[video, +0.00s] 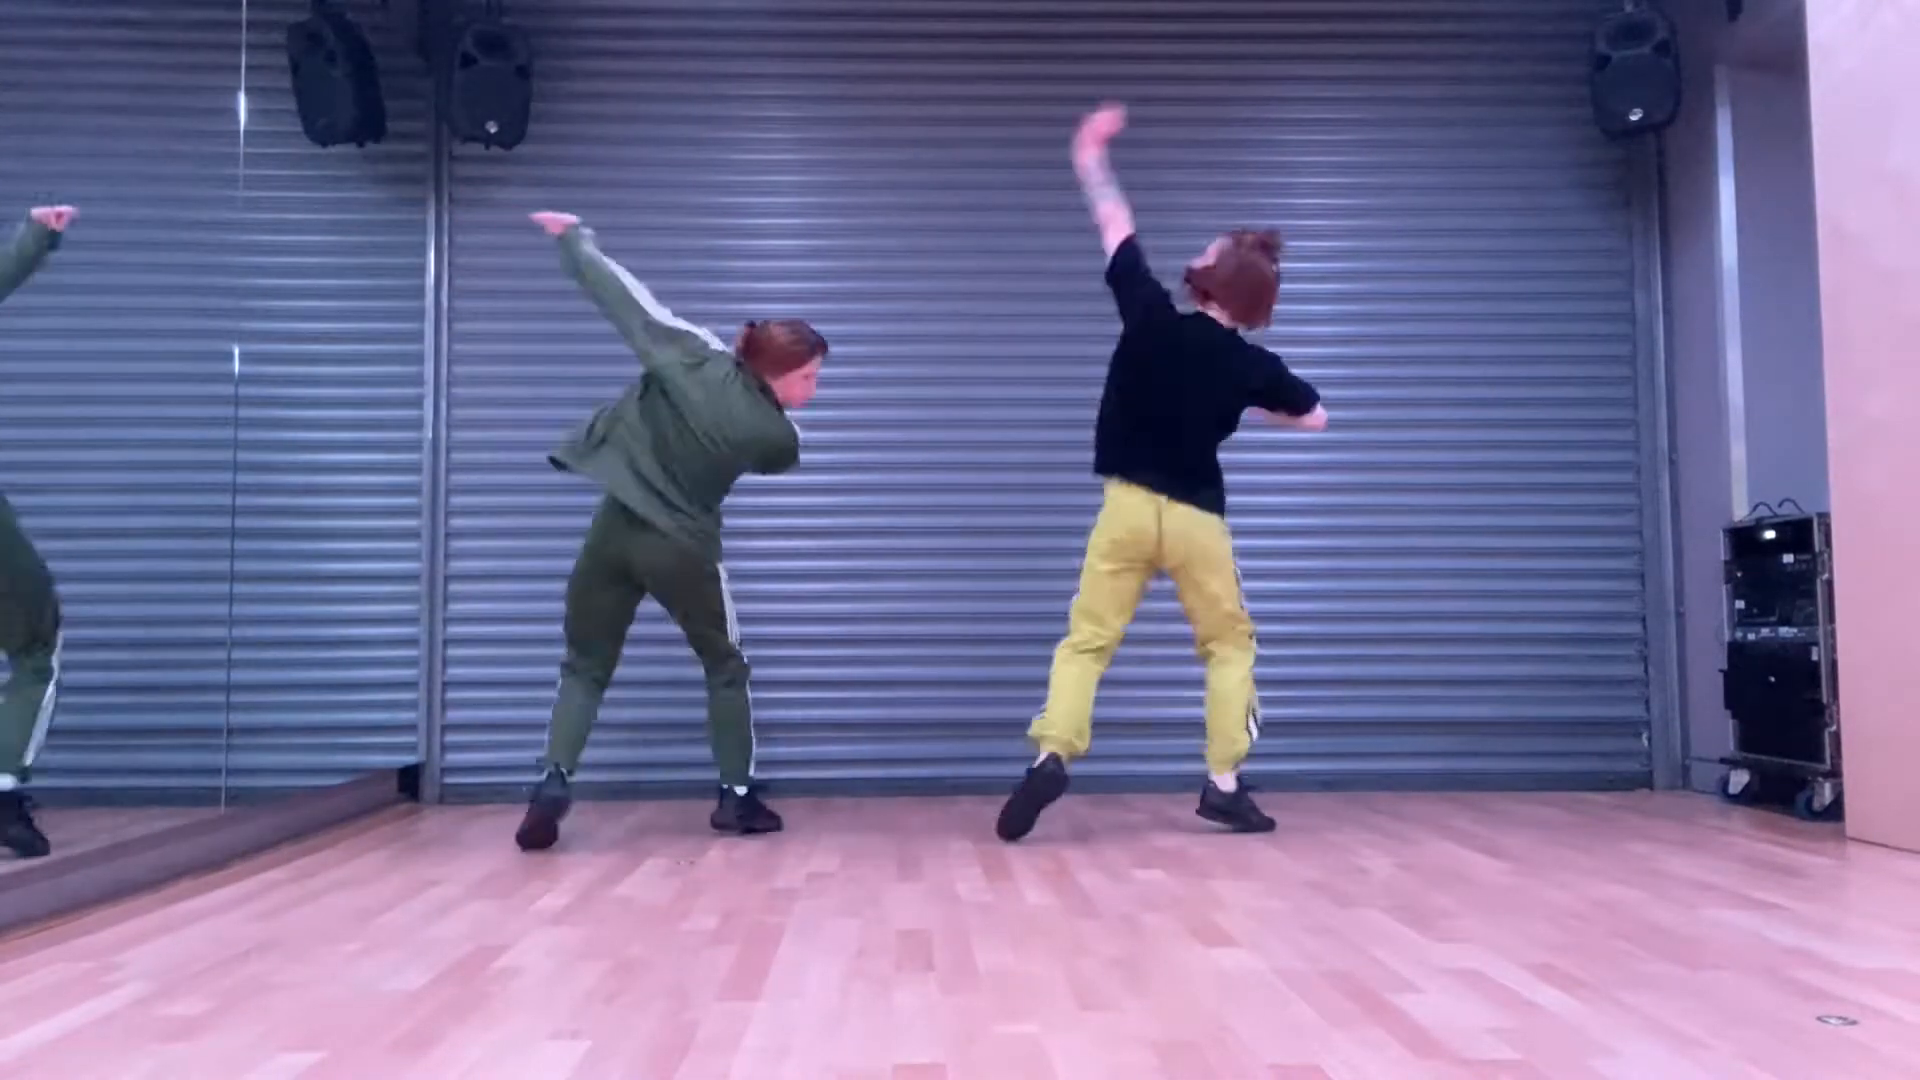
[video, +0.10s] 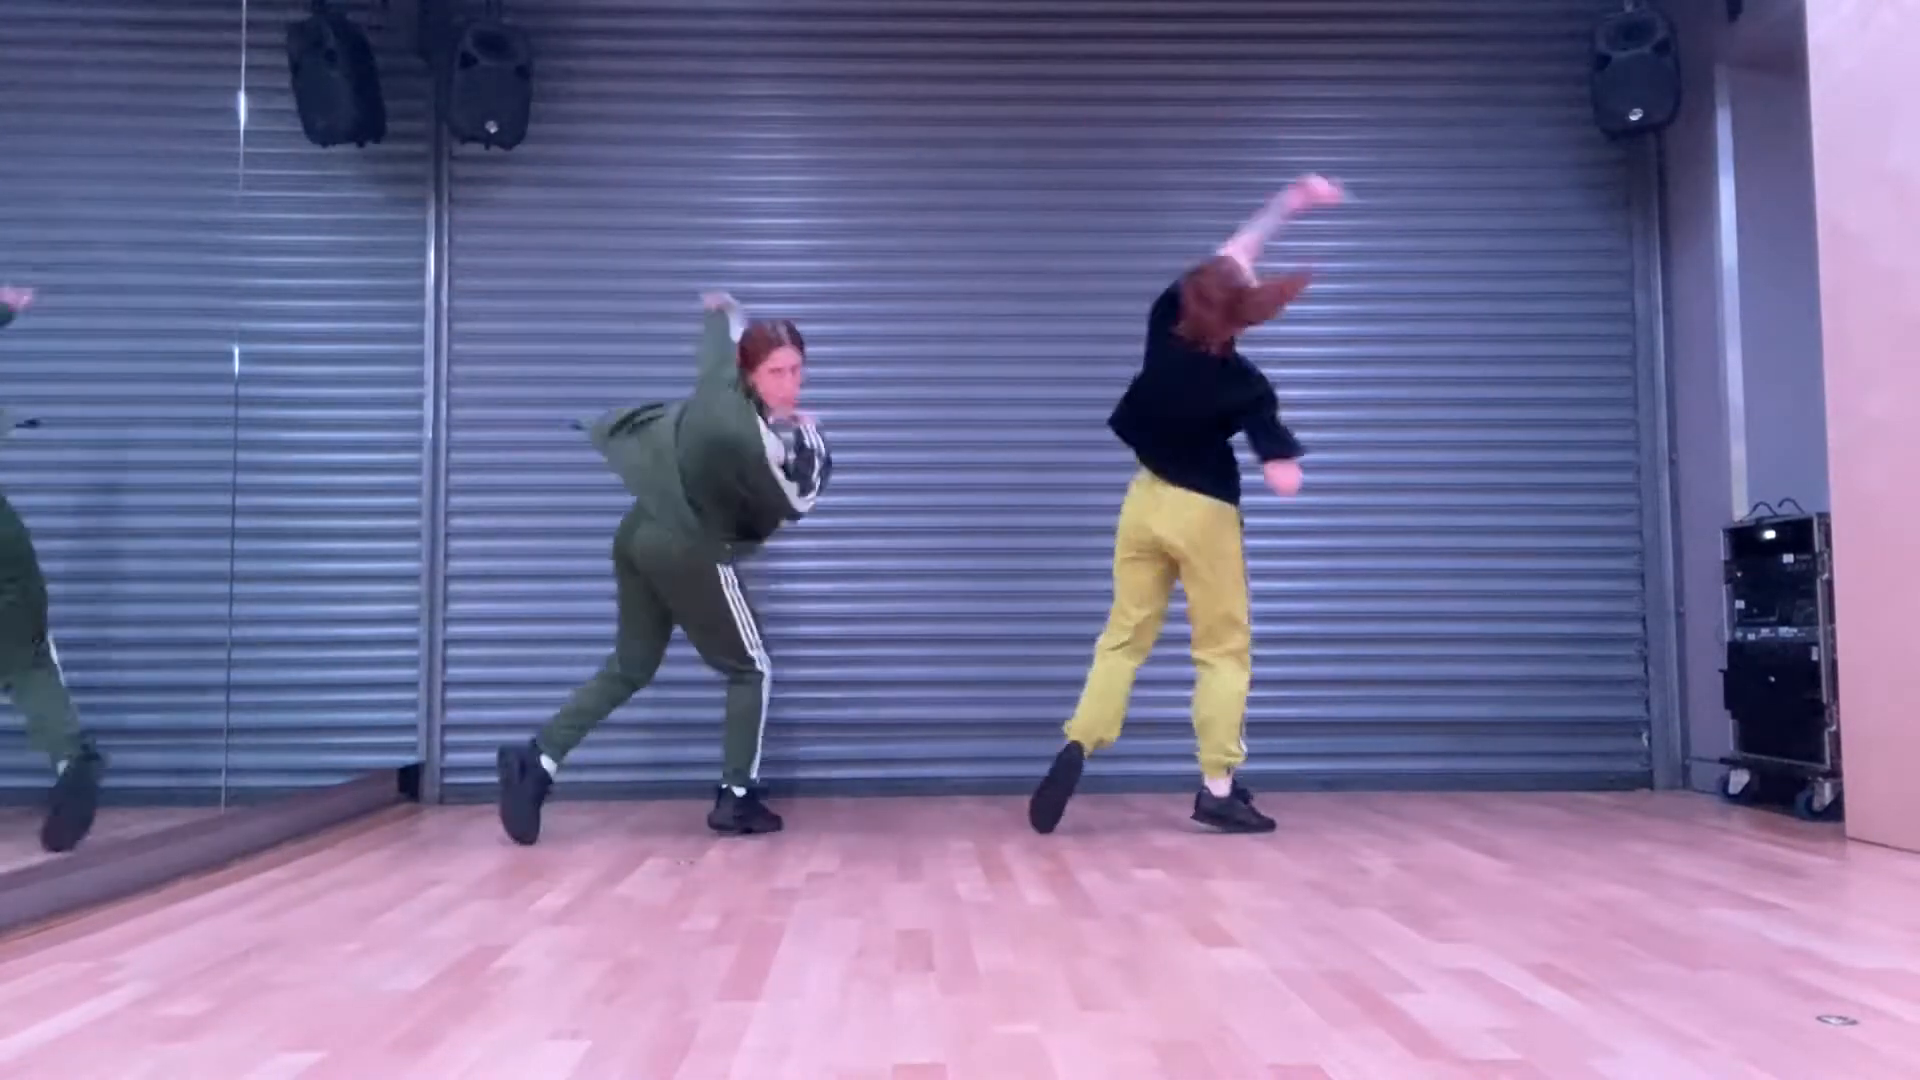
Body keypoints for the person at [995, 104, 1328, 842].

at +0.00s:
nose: (1202, 251)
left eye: (1211, 253)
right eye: (1216, 247)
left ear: (1209, 287)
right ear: (1250, 310)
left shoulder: (1148, 313)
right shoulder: (1246, 362)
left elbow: (1117, 228)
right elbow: (1313, 416)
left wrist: (1090, 159)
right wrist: (1244, 401)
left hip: (1124, 511)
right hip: (1197, 523)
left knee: (1086, 641)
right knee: (1228, 644)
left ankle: (1051, 757)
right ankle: (1224, 785)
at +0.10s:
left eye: (1201, 289)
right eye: (1235, 289)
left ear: (1191, 305)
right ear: (1238, 318)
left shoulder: (1164, 333)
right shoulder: (1244, 385)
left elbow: (1220, 268)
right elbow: (1284, 477)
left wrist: (1285, 210)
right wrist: (1270, 433)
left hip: (1144, 499)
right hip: (1206, 516)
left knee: (1123, 634)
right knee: (1222, 647)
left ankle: (1077, 746)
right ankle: (1218, 789)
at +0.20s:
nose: (1208, 291)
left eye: (1200, 284)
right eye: (1191, 296)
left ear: (1209, 300)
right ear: (1175, 332)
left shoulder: (1236, 331)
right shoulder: (1195, 396)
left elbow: (1317, 338)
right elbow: (1205, 504)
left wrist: (1391, 347)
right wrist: (1275, 525)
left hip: (1176, 518)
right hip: (1207, 530)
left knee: (1164, 646)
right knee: (1241, 658)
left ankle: (1086, 751)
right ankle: (1216, 793)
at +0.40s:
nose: (1218, 286)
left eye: (1229, 277)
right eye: (1207, 276)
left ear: (1243, 290)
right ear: (1189, 290)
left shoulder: (1268, 350)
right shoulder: (1174, 371)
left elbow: (1286, 428)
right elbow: (1135, 454)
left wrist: (1282, 455)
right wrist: (1213, 451)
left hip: (1266, 537)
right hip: (1201, 540)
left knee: (1300, 646)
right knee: (1230, 656)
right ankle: (1223, 791)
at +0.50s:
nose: (1237, 269)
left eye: (1247, 260)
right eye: (1226, 259)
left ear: (1259, 271)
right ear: (1204, 267)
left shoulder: (1272, 332)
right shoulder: (1180, 332)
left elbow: (1318, 394)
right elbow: (1138, 381)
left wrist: (1298, 449)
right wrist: (1212, 362)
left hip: (1265, 495)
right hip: (1200, 508)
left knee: (1329, 572)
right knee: (1239, 631)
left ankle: (1225, 591)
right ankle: (1240, 762)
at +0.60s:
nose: (1233, 282)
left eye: (1243, 272)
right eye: (1222, 271)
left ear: (1258, 279)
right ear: (1199, 277)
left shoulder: (1271, 340)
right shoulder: (1178, 327)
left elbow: (1337, 401)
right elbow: (1165, 339)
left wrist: (1309, 447)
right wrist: (1234, 300)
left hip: (1266, 487)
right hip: (1203, 502)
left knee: (1333, 527)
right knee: (1254, 627)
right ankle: (1250, 751)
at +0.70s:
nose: (1226, 306)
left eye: (1236, 296)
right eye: (1215, 295)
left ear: (1250, 306)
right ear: (1193, 303)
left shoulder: (1262, 364)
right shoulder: (1176, 355)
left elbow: (1340, 419)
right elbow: (1189, 344)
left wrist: (1308, 465)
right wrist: (1218, 323)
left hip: (1272, 506)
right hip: (1211, 519)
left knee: (1327, 605)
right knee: (1254, 654)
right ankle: (1263, 787)